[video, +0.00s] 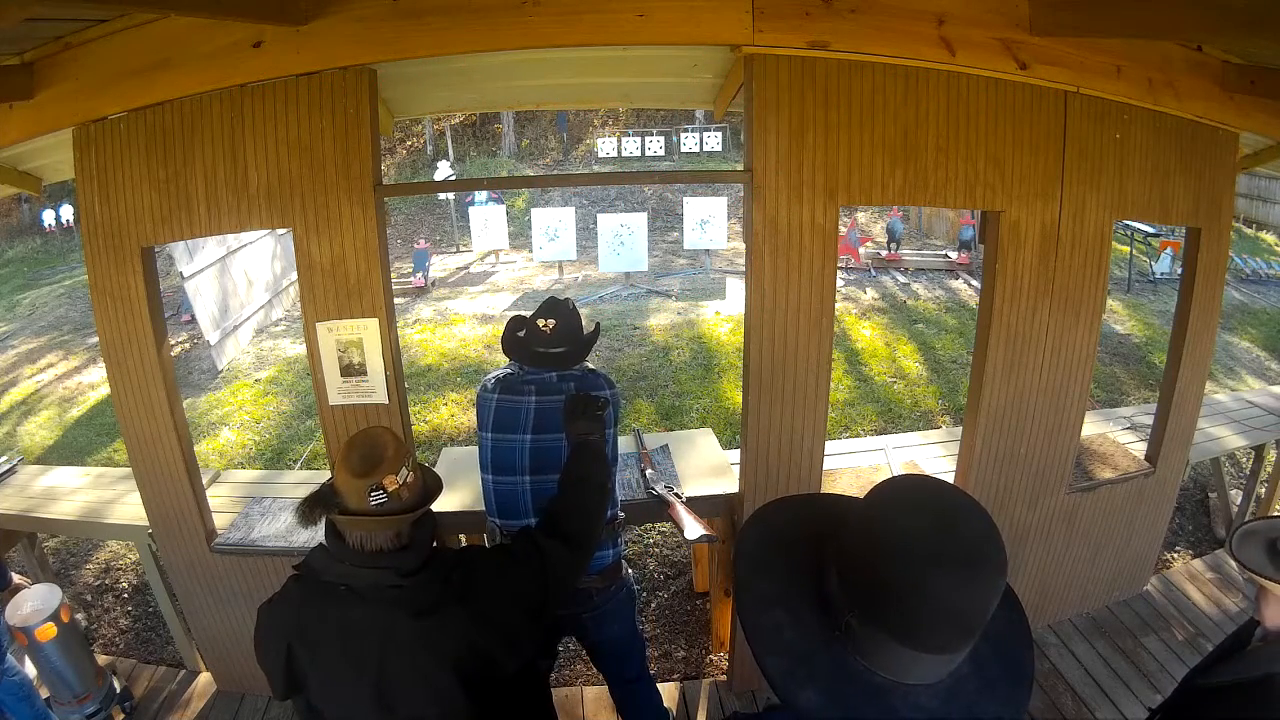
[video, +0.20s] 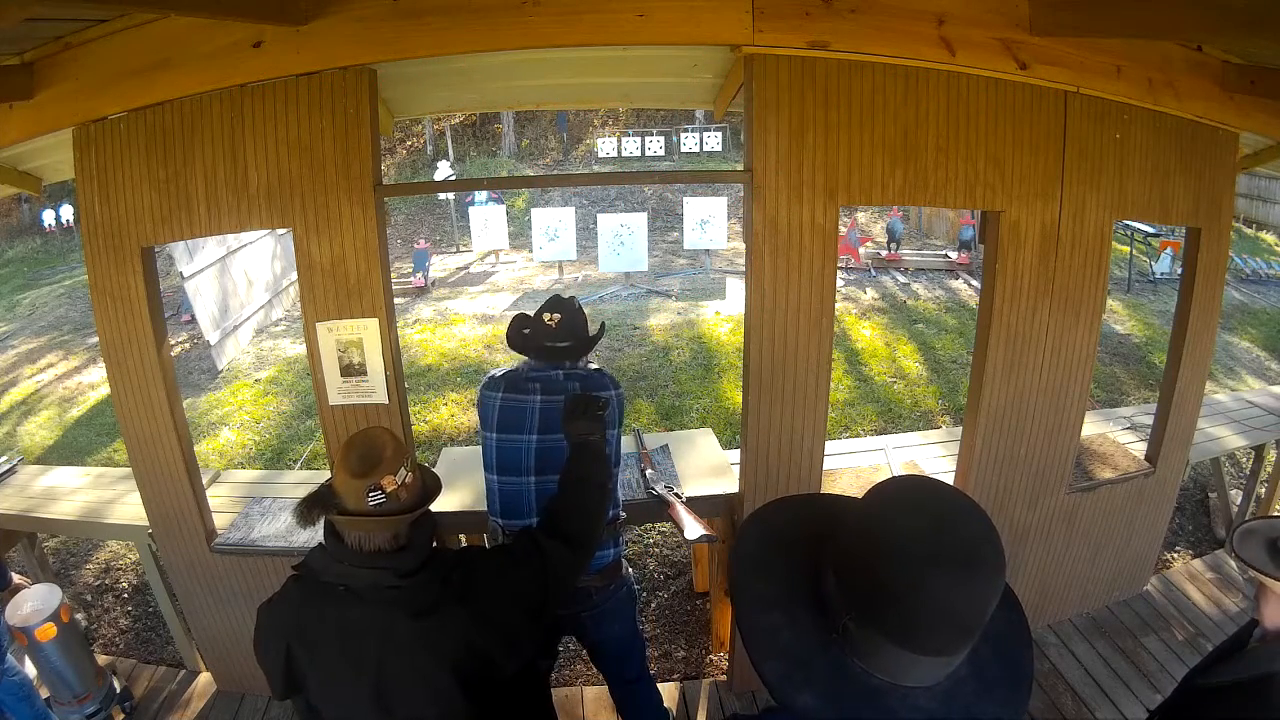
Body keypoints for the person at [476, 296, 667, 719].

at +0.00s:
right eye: (582, 340)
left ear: (524, 343)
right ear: (578, 347)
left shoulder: (489, 391)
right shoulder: (598, 388)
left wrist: (535, 348)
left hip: (515, 582)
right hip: (594, 578)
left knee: (527, 690)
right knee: (633, 686)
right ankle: (653, 716)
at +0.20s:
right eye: (585, 339)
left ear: (529, 341)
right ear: (583, 345)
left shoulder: (491, 390)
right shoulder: (605, 389)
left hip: (517, 582)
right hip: (596, 576)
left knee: (528, 692)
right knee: (634, 687)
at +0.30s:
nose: (592, 355)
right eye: (591, 348)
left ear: (535, 346)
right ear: (586, 349)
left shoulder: (492, 391)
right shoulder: (608, 392)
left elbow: (457, 440)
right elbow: (634, 410)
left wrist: (512, 439)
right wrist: (590, 372)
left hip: (517, 579)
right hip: (597, 575)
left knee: (527, 691)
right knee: (633, 683)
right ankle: (653, 717)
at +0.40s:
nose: (594, 360)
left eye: (593, 353)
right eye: (593, 352)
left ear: (541, 348)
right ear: (586, 352)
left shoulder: (488, 396)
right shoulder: (613, 393)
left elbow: (445, 463)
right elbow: (673, 429)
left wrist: (494, 502)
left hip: (519, 577)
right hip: (600, 572)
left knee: (529, 689)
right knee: (634, 683)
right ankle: (652, 717)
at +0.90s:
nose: (603, 365)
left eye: (543, 347)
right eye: (602, 358)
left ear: (544, 350)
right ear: (595, 356)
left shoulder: (494, 388)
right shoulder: (624, 394)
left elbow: (428, 422)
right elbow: (683, 445)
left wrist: (476, 472)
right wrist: (638, 475)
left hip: (522, 581)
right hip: (604, 575)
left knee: (528, 694)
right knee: (635, 684)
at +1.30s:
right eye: (580, 335)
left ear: (523, 342)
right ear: (581, 343)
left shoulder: (489, 401)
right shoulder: (608, 391)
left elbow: (479, 449)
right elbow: (629, 459)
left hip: (526, 585)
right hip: (605, 577)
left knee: (530, 696)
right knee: (636, 686)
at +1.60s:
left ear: (528, 341)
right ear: (583, 344)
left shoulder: (494, 392)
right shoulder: (607, 387)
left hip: (524, 582)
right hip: (602, 575)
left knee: (529, 693)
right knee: (636, 687)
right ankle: (653, 716)